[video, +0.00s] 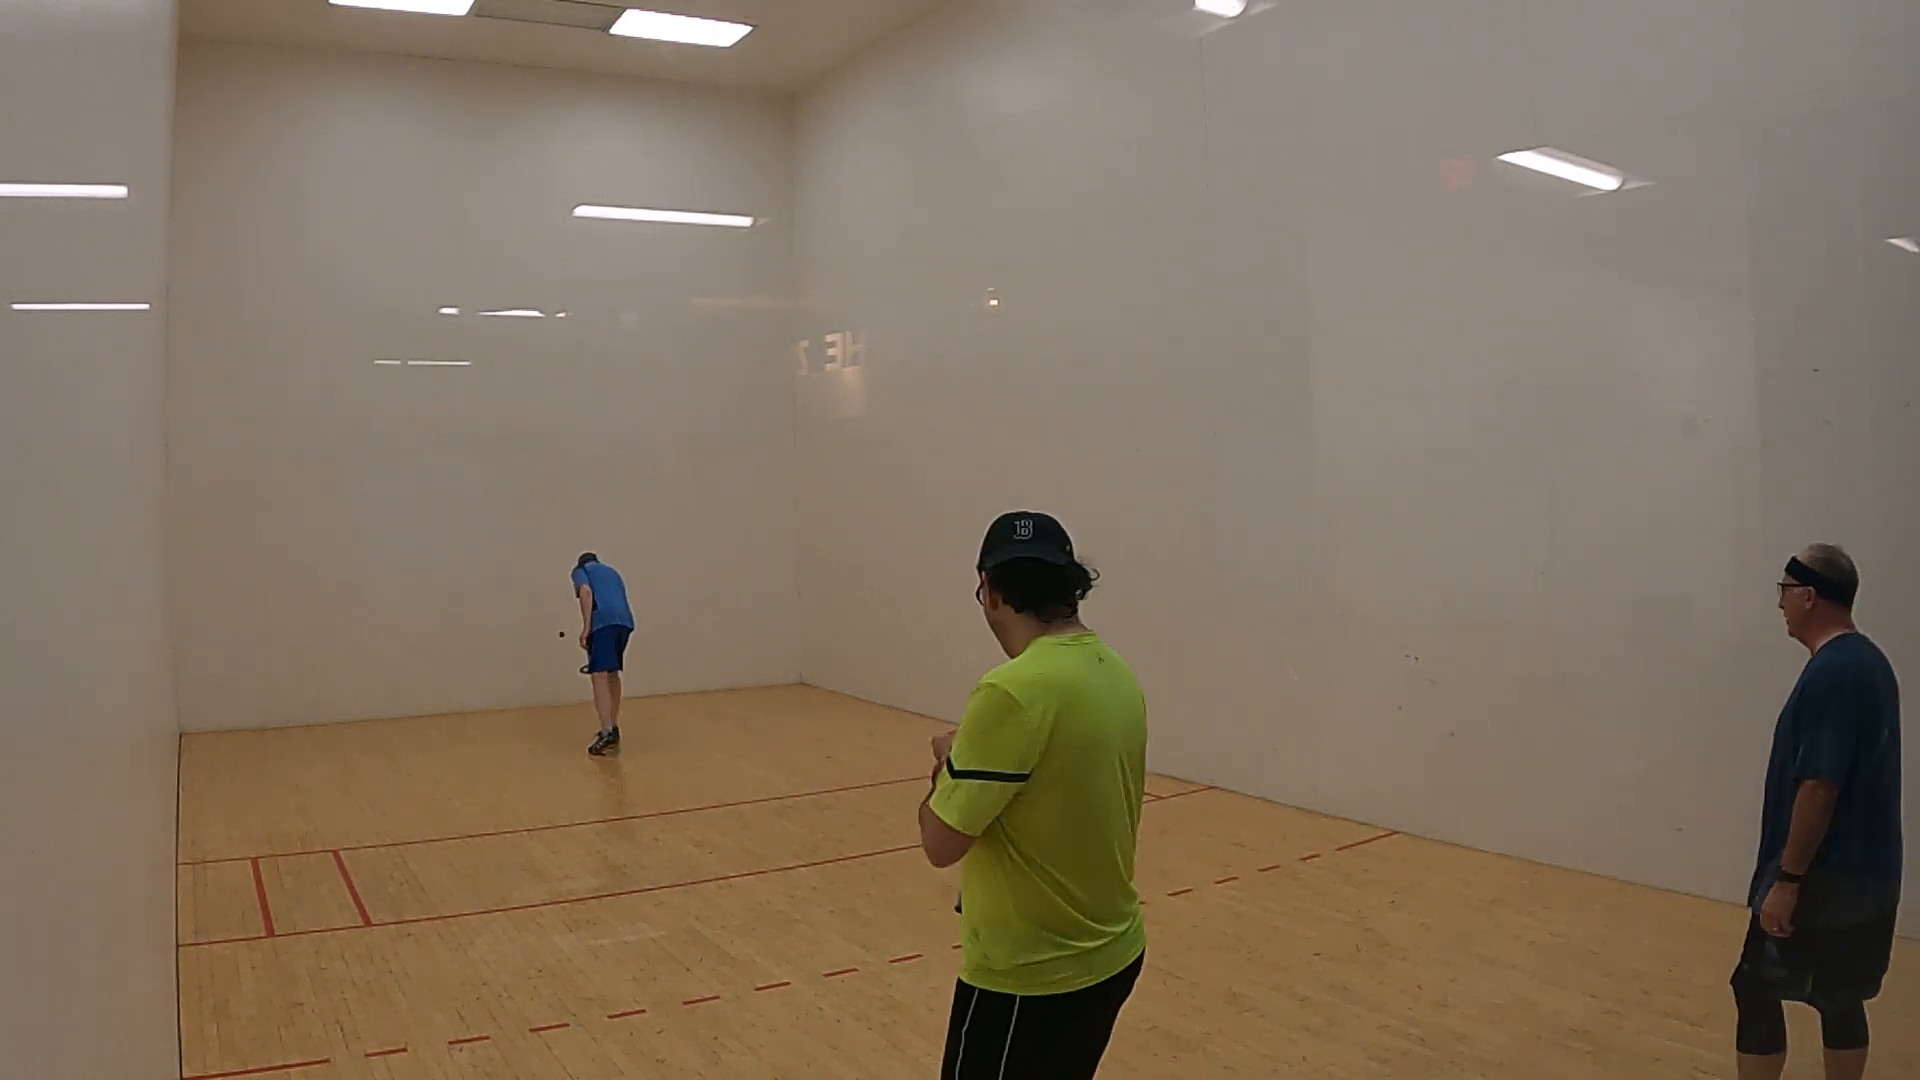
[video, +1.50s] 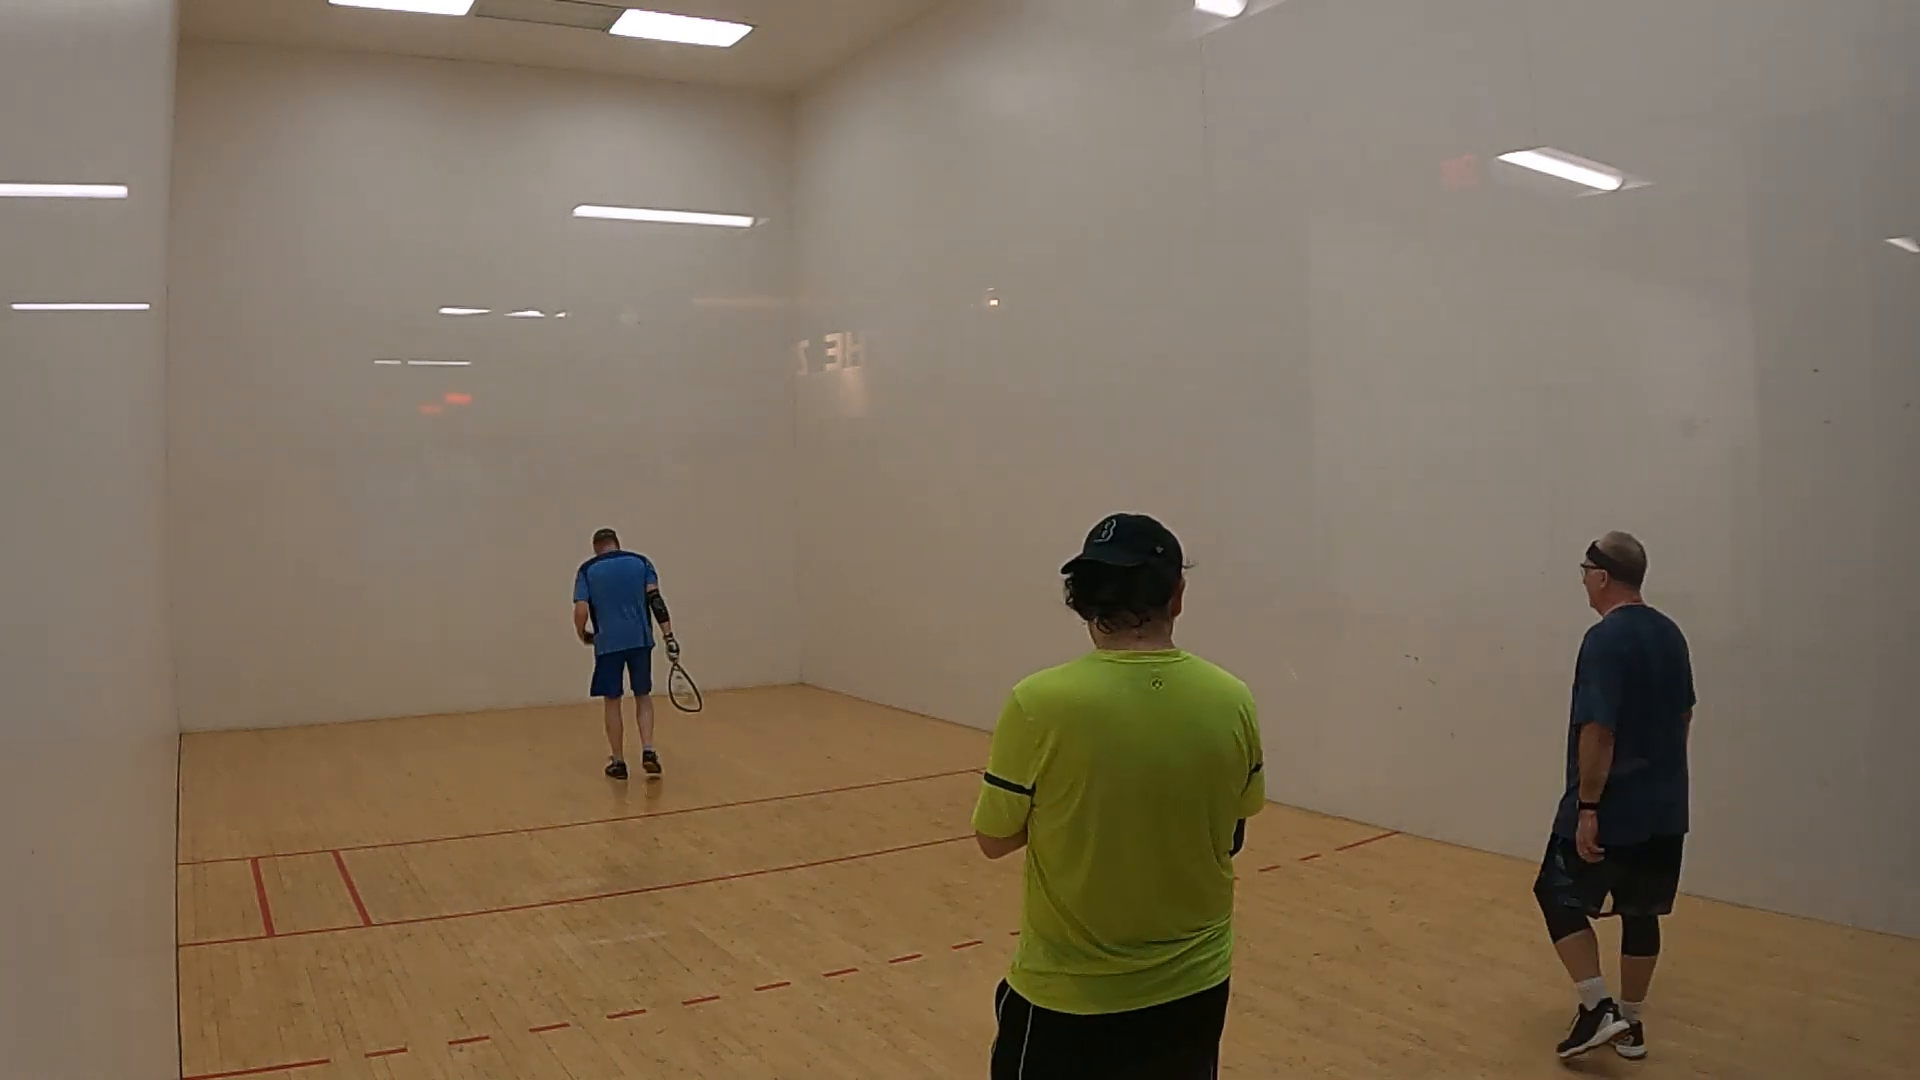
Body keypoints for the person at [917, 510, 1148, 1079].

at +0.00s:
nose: (981, 604)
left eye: (980, 589)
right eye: (981, 589)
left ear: (990, 591)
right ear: (1067, 590)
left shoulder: (1013, 693)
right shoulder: (1112, 671)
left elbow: (941, 845)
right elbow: (1073, 800)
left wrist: (945, 767)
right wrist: (981, 754)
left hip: (1025, 982)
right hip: (1107, 960)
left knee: (981, 1073)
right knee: (1063, 1071)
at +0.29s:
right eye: (1050, 577)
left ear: (957, 602)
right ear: (1048, 588)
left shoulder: (933, 695)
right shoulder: (1107, 678)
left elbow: (895, 838)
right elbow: (1126, 788)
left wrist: (966, 789)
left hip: (988, 1001)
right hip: (1108, 987)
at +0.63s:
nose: (1091, 589)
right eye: (1090, 578)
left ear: (995, 594)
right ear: (1084, 588)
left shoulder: (947, 696)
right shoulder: (1145, 690)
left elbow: (915, 837)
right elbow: (1156, 835)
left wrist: (990, 796)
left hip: (991, 1016)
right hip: (1123, 1011)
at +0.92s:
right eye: (1156, 588)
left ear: (1058, 595)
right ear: (1149, 595)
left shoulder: (1011, 698)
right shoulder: (1202, 697)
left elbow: (971, 832)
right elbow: (1207, 831)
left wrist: (1046, 791)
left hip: (1037, 1017)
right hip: (1168, 1010)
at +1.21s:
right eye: (1180, 589)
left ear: (1080, 598)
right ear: (1173, 598)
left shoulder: (1031, 700)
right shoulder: (1222, 699)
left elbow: (988, 833)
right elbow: (1228, 831)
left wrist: (1064, 794)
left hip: (1055, 1016)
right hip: (1184, 1011)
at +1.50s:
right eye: (1186, 585)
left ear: (1082, 599)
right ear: (1178, 596)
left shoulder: (1039, 703)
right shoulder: (1230, 701)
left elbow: (994, 838)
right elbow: (1232, 833)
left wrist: (1069, 796)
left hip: (1061, 1016)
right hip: (1188, 1010)